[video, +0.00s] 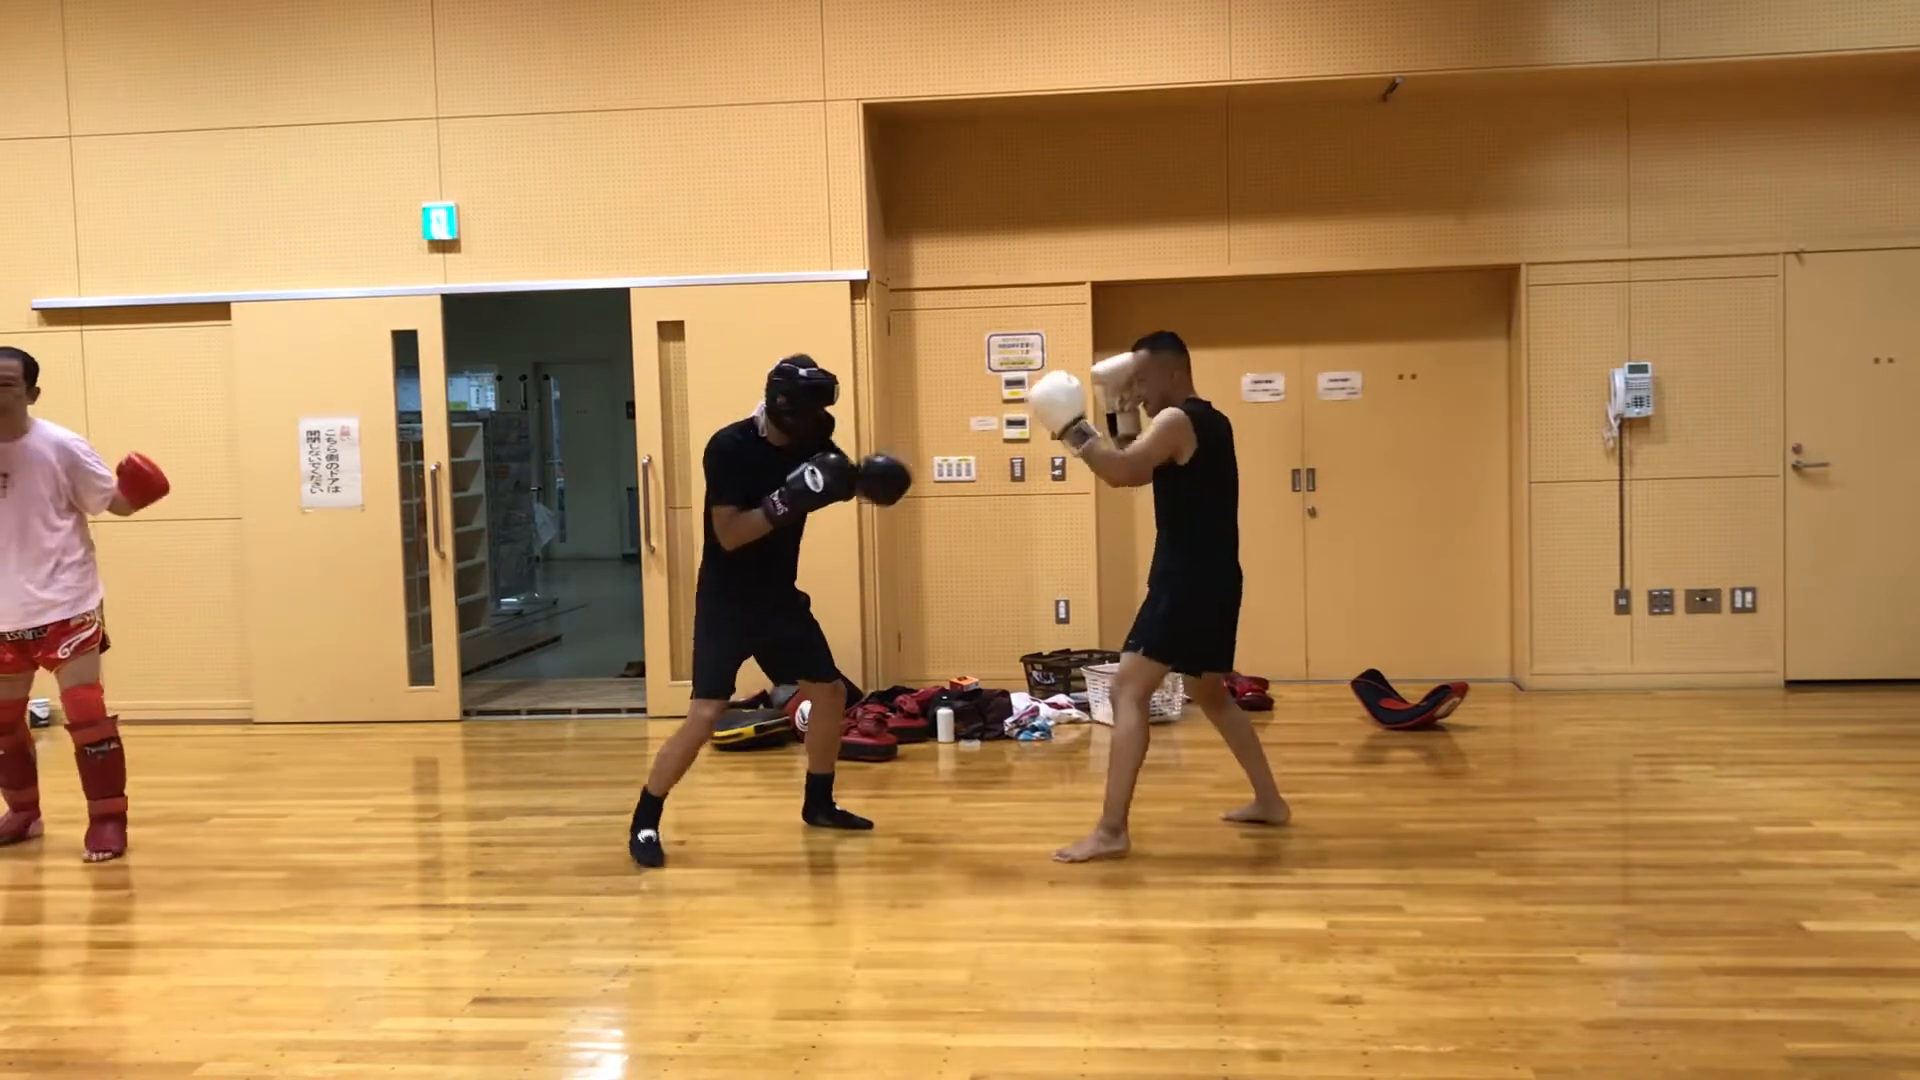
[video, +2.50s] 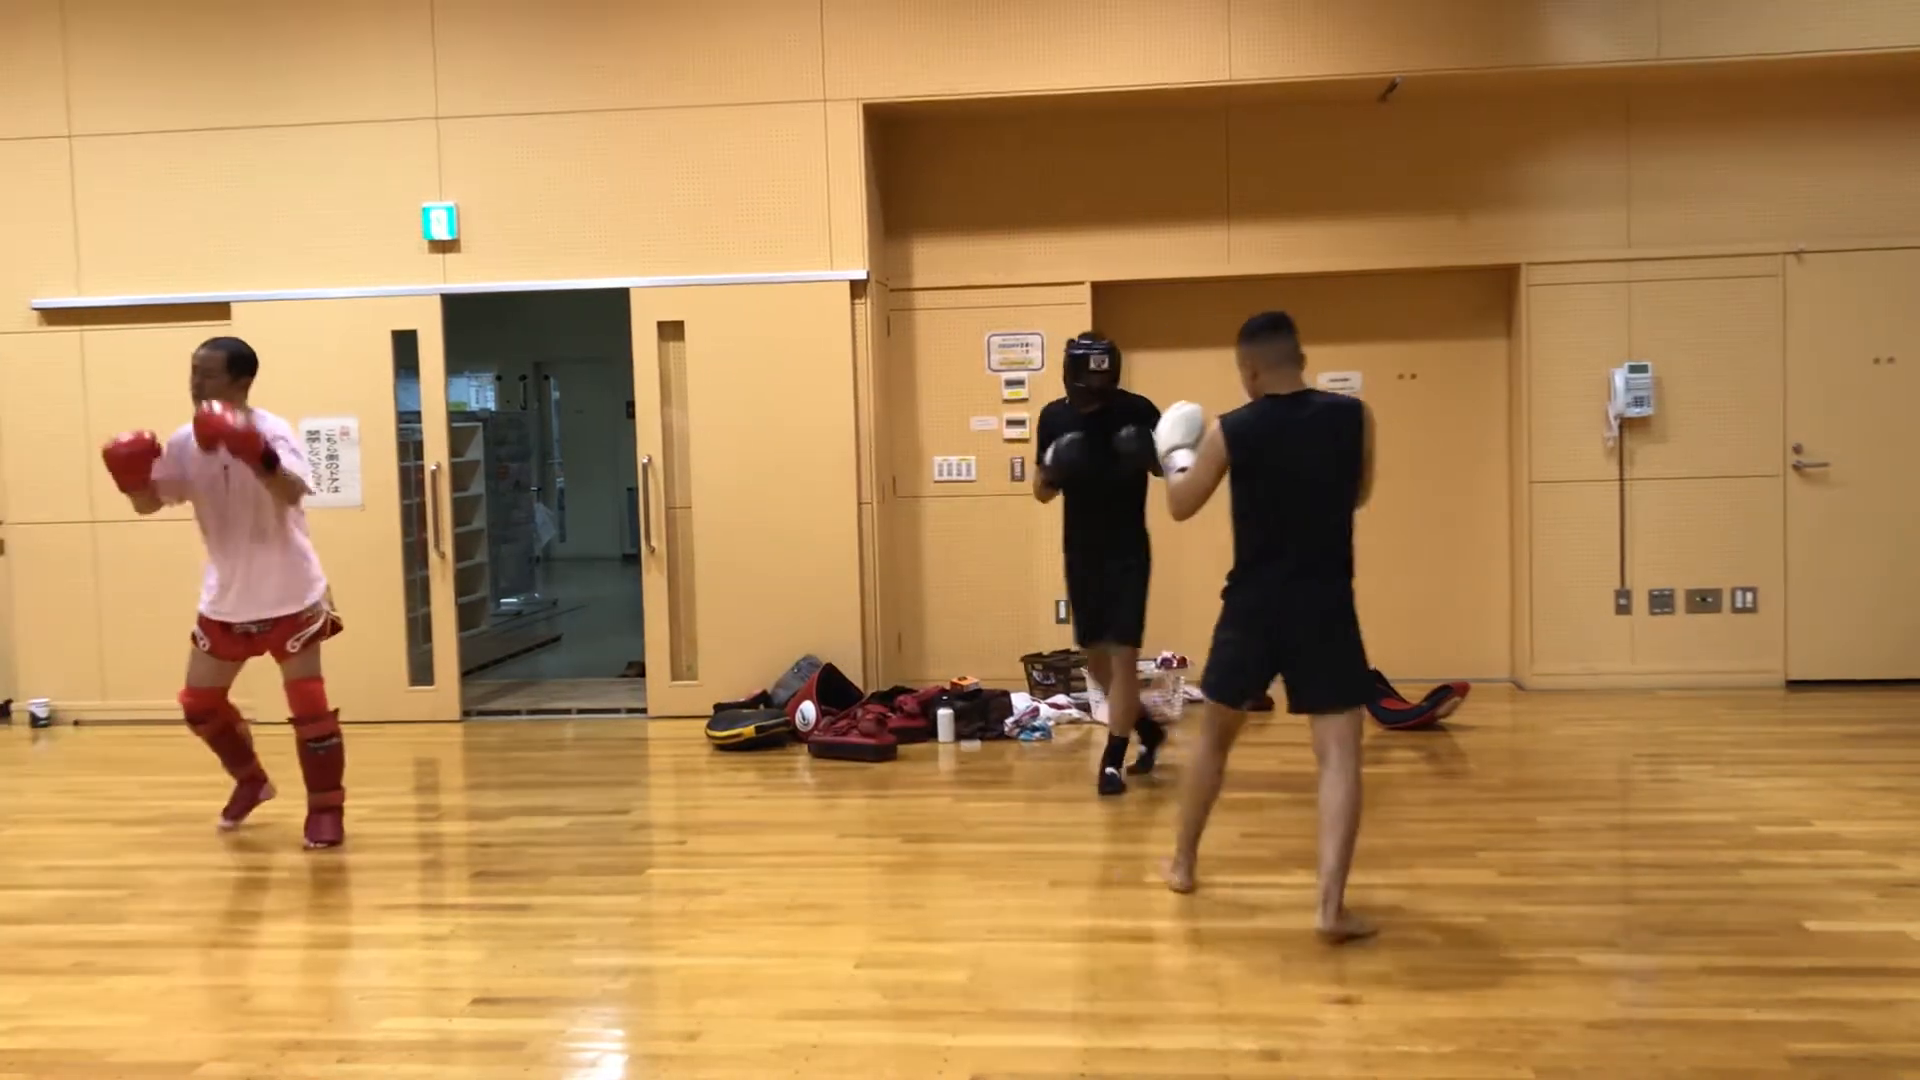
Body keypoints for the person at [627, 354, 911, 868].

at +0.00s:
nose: (821, 421)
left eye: (823, 412)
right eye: (812, 412)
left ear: (816, 411)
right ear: (780, 406)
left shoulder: (815, 440)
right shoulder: (729, 448)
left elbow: (829, 483)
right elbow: (728, 535)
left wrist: (868, 481)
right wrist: (791, 497)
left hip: (780, 599)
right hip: (724, 603)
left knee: (830, 693)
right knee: (704, 716)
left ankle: (818, 804)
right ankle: (645, 819)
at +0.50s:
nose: (766, 415)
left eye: (768, 406)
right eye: (758, 406)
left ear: (759, 405)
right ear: (726, 402)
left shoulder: (760, 436)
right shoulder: (679, 450)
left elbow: (802, 496)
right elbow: (703, 528)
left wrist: (812, 456)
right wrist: (756, 475)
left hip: (750, 597)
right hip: (694, 604)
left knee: (811, 686)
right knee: (674, 719)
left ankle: (858, 797)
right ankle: (629, 822)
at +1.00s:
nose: (887, 419)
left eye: (888, 411)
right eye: (883, 410)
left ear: (847, 403)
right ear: (857, 402)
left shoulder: (834, 457)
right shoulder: (819, 428)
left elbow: (825, 543)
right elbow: (896, 433)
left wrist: (881, 519)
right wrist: (959, 414)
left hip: (817, 594)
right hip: (777, 594)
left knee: (882, 684)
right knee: (752, 716)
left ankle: (881, 802)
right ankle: (673, 810)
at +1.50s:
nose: (962, 393)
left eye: (965, 385)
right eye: (955, 384)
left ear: (961, 384)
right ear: (923, 380)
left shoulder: (952, 427)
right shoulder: (873, 404)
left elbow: (1002, 473)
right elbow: (824, 449)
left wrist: (1026, 435)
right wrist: (879, 435)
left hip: (895, 565)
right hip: (839, 556)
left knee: (907, 676)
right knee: (812, 663)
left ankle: (887, 797)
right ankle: (817, 762)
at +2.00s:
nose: (989, 392)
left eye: (994, 382)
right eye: (980, 382)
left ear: (997, 383)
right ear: (952, 382)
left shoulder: (1006, 429)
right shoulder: (921, 423)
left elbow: (1032, 501)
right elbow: (895, 493)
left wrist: (1019, 458)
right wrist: (930, 461)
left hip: (986, 559)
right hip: (934, 560)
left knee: (1031, 656)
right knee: (911, 662)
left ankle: (1083, 752)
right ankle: (912, 764)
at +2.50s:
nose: (1093, 390)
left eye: (1102, 380)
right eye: (1084, 381)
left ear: (1114, 375)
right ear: (1067, 377)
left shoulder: (1137, 410)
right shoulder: (1055, 416)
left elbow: (1169, 469)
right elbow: (1042, 493)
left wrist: (1144, 453)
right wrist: (1056, 464)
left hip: (1127, 541)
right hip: (1081, 544)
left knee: (1123, 652)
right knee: (1096, 657)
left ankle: (1112, 761)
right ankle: (1147, 730)